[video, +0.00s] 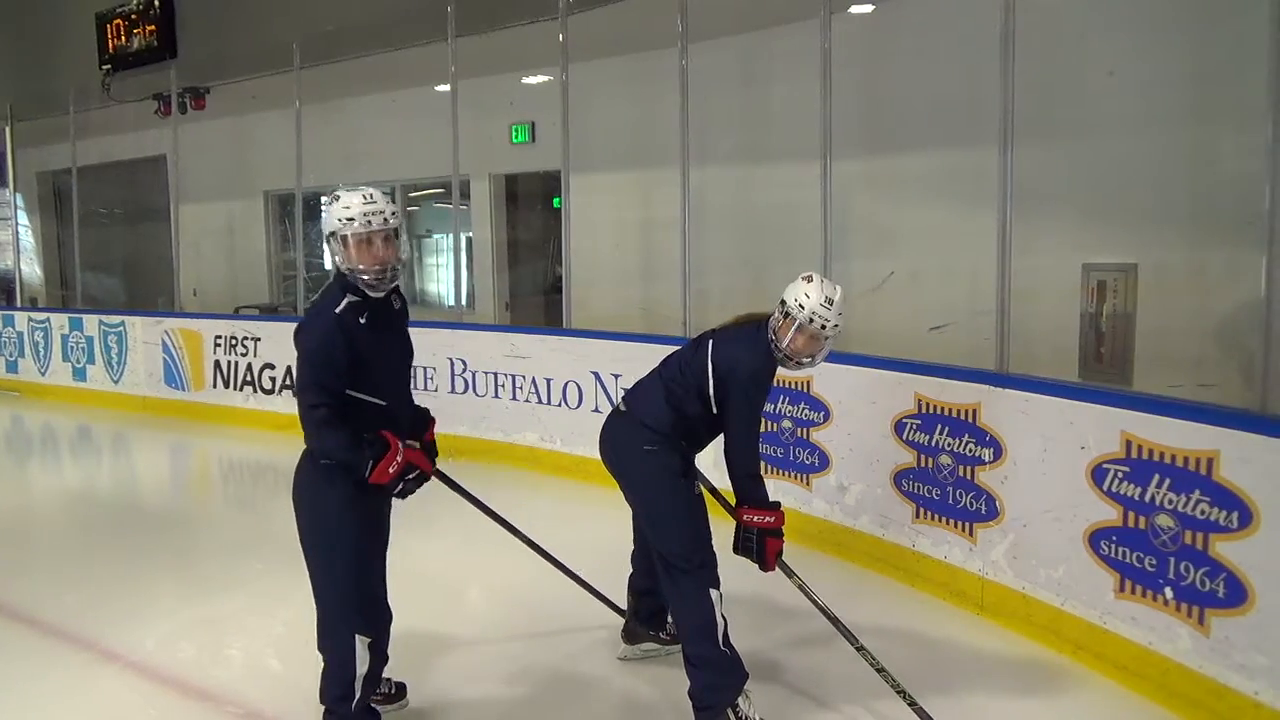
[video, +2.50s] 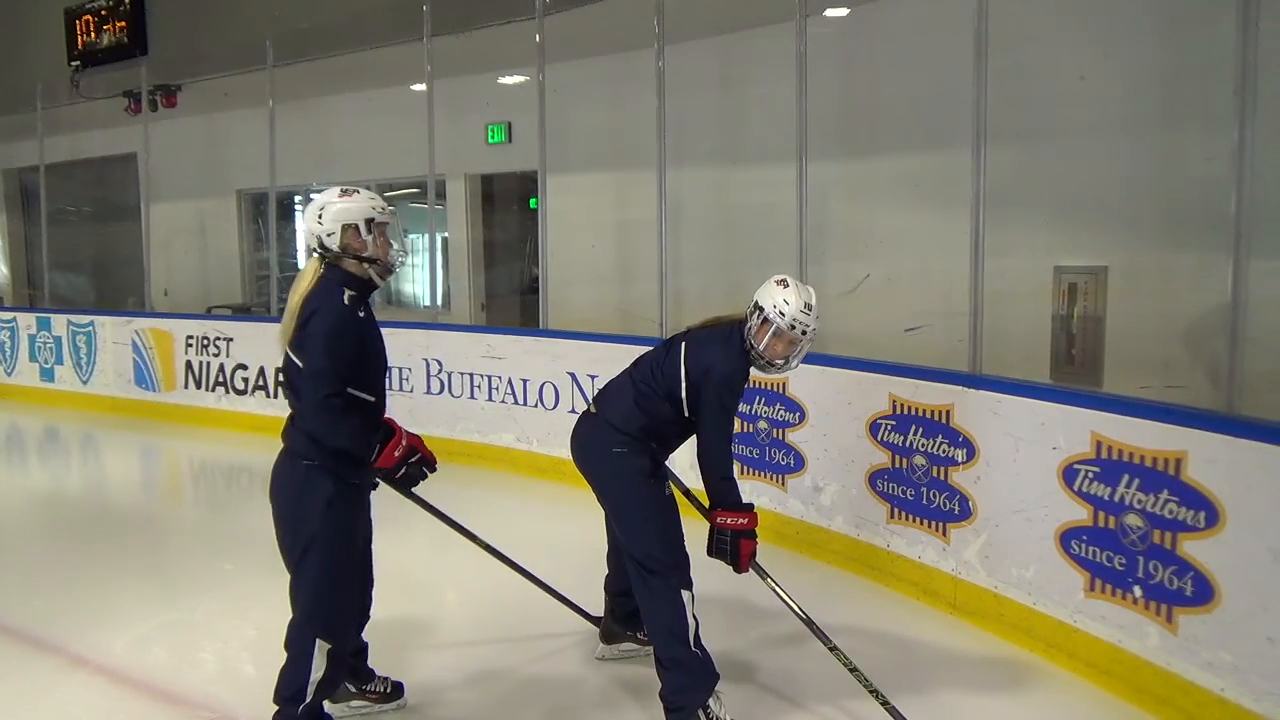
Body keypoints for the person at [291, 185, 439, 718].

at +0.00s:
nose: (378, 254)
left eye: (385, 240)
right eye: (363, 243)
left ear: (397, 244)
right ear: (341, 251)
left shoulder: (391, 306)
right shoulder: (327, 320)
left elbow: (393, 387)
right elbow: (319, 421)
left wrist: (420, 431)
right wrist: (375, 459)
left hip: (372, 477)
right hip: (329, 481)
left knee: (373, 586)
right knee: (339, 599)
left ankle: (368, 681)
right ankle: (341, 704)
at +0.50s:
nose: (380, 244)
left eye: (378, 233)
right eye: (367, 236)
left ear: (351, 243)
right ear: (334, 245)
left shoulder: (354, 298)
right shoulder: (326, 307)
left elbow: (367, 389)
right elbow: (347, 403)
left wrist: (393, 452)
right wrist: (426, 409)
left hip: (367, 470)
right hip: (338, 475)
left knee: (372, 582)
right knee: (340, 596)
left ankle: (362, 675)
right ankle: (327, 704)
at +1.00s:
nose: (339, 251)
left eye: (347, 237)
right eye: (325, 242)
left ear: (364, 240)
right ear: (309, 252)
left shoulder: (370, 299)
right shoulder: (304, 316)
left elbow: (380, 383)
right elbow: (321, 406)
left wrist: (420, 412)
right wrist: (393, 419)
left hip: (373, 465)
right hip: (328, 472)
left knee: (372, 575)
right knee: (331, 588)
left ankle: (363, 672)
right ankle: (319, 702)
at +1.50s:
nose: (340, 251)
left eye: (347, 236)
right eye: (325, 241)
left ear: (362, 240)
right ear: (302, 250)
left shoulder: (362, 303)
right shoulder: (294, 318)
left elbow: (371, 391)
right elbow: (308, 411)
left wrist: (399, 433)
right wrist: (384, 427)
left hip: (363, 468)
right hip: (318, 474)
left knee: (363, 576)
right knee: (320, 590)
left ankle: (353, 671)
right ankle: (304, 704)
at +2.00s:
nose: (369, 242)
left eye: (368, 232)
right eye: (357, 232)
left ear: (348, 240)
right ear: (322, 239)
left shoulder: (344, 296)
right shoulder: (306, 305)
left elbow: (356, 392)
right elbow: (302, 407)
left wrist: (397, 431)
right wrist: (373, 441)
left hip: (349, 471)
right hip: (314, 476)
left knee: (355, 579)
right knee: (319, 592)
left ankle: (347, 674)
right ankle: (298, 705)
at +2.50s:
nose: (387, 242)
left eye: (385, 230)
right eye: (375, 231)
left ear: (356, 240)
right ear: (344, 239)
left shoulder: (348, 298)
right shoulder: (331, 304)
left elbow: (349, 392)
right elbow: (319, 401)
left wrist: (392, 438)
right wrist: (382, 451)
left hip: (341, 470)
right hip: (316, 475)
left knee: (351, 580)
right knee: (320, 593)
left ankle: (345, 675)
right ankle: (297, 706)